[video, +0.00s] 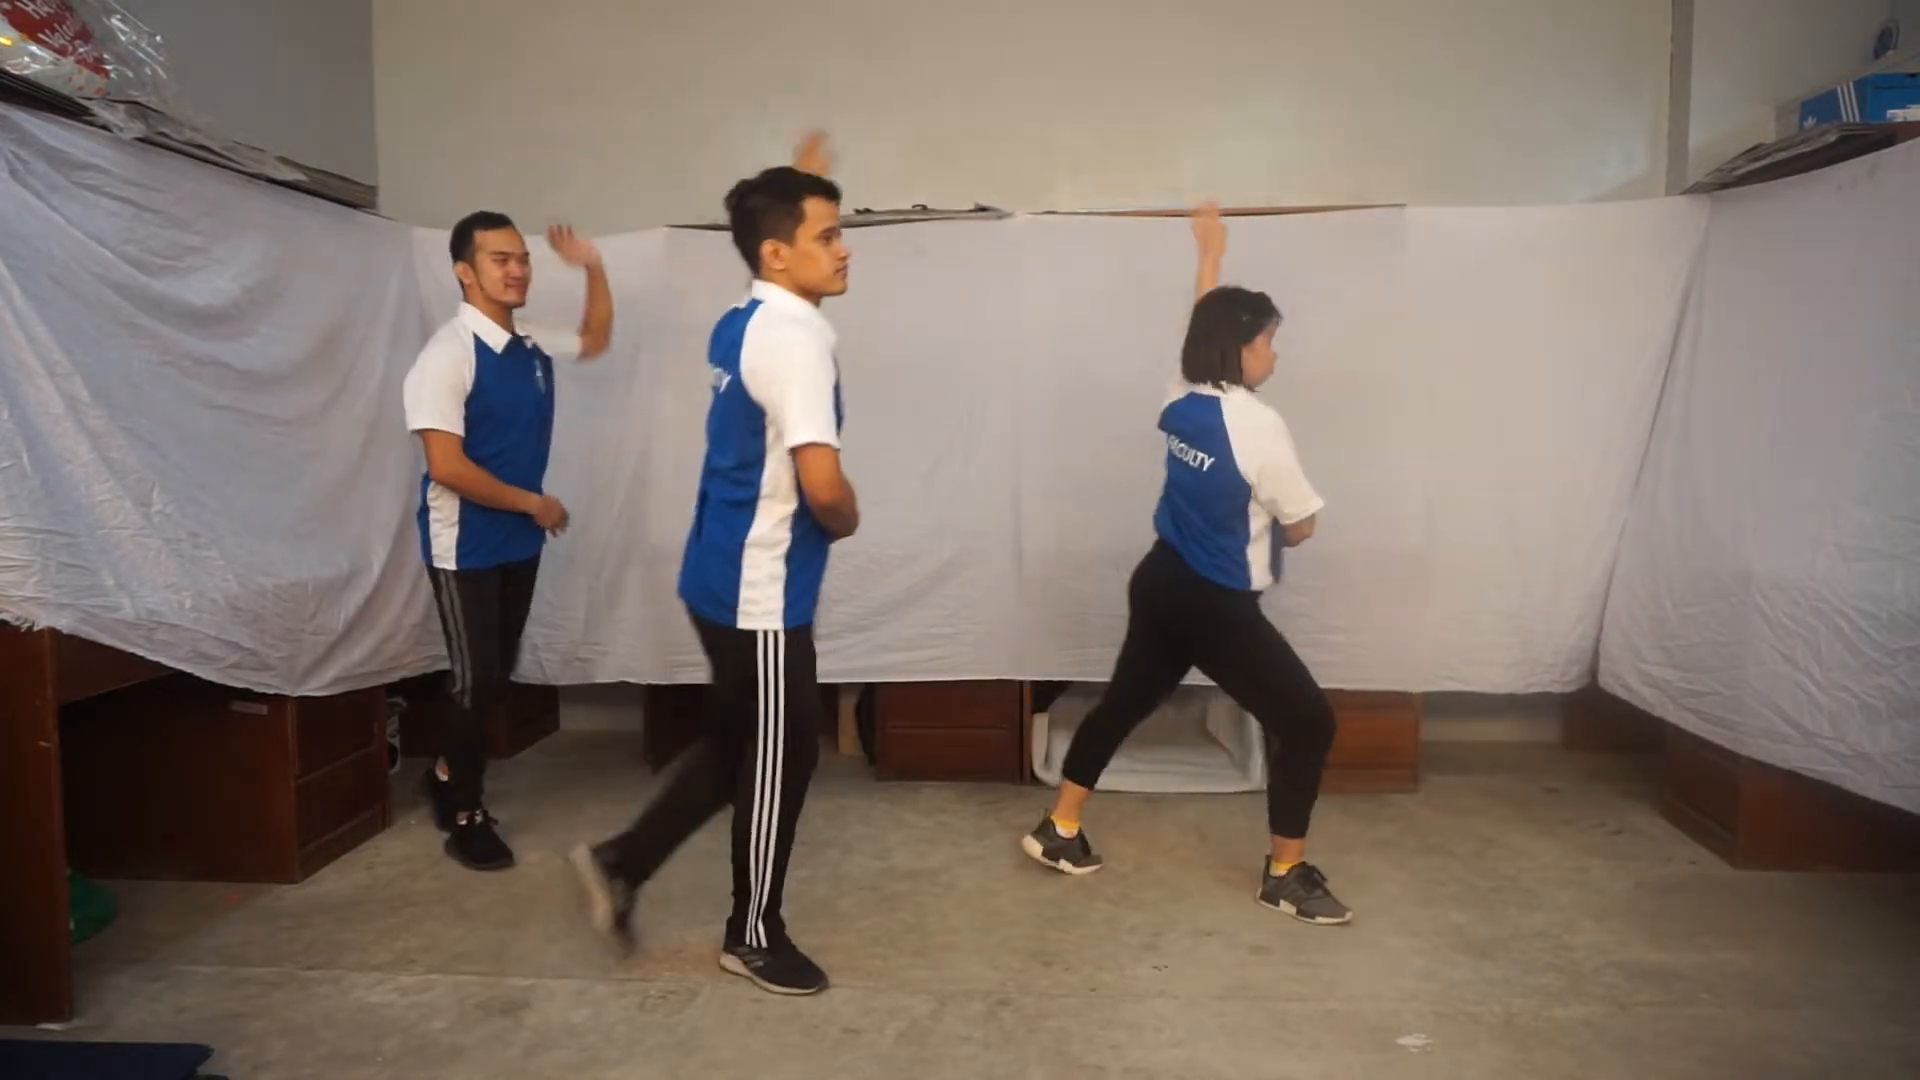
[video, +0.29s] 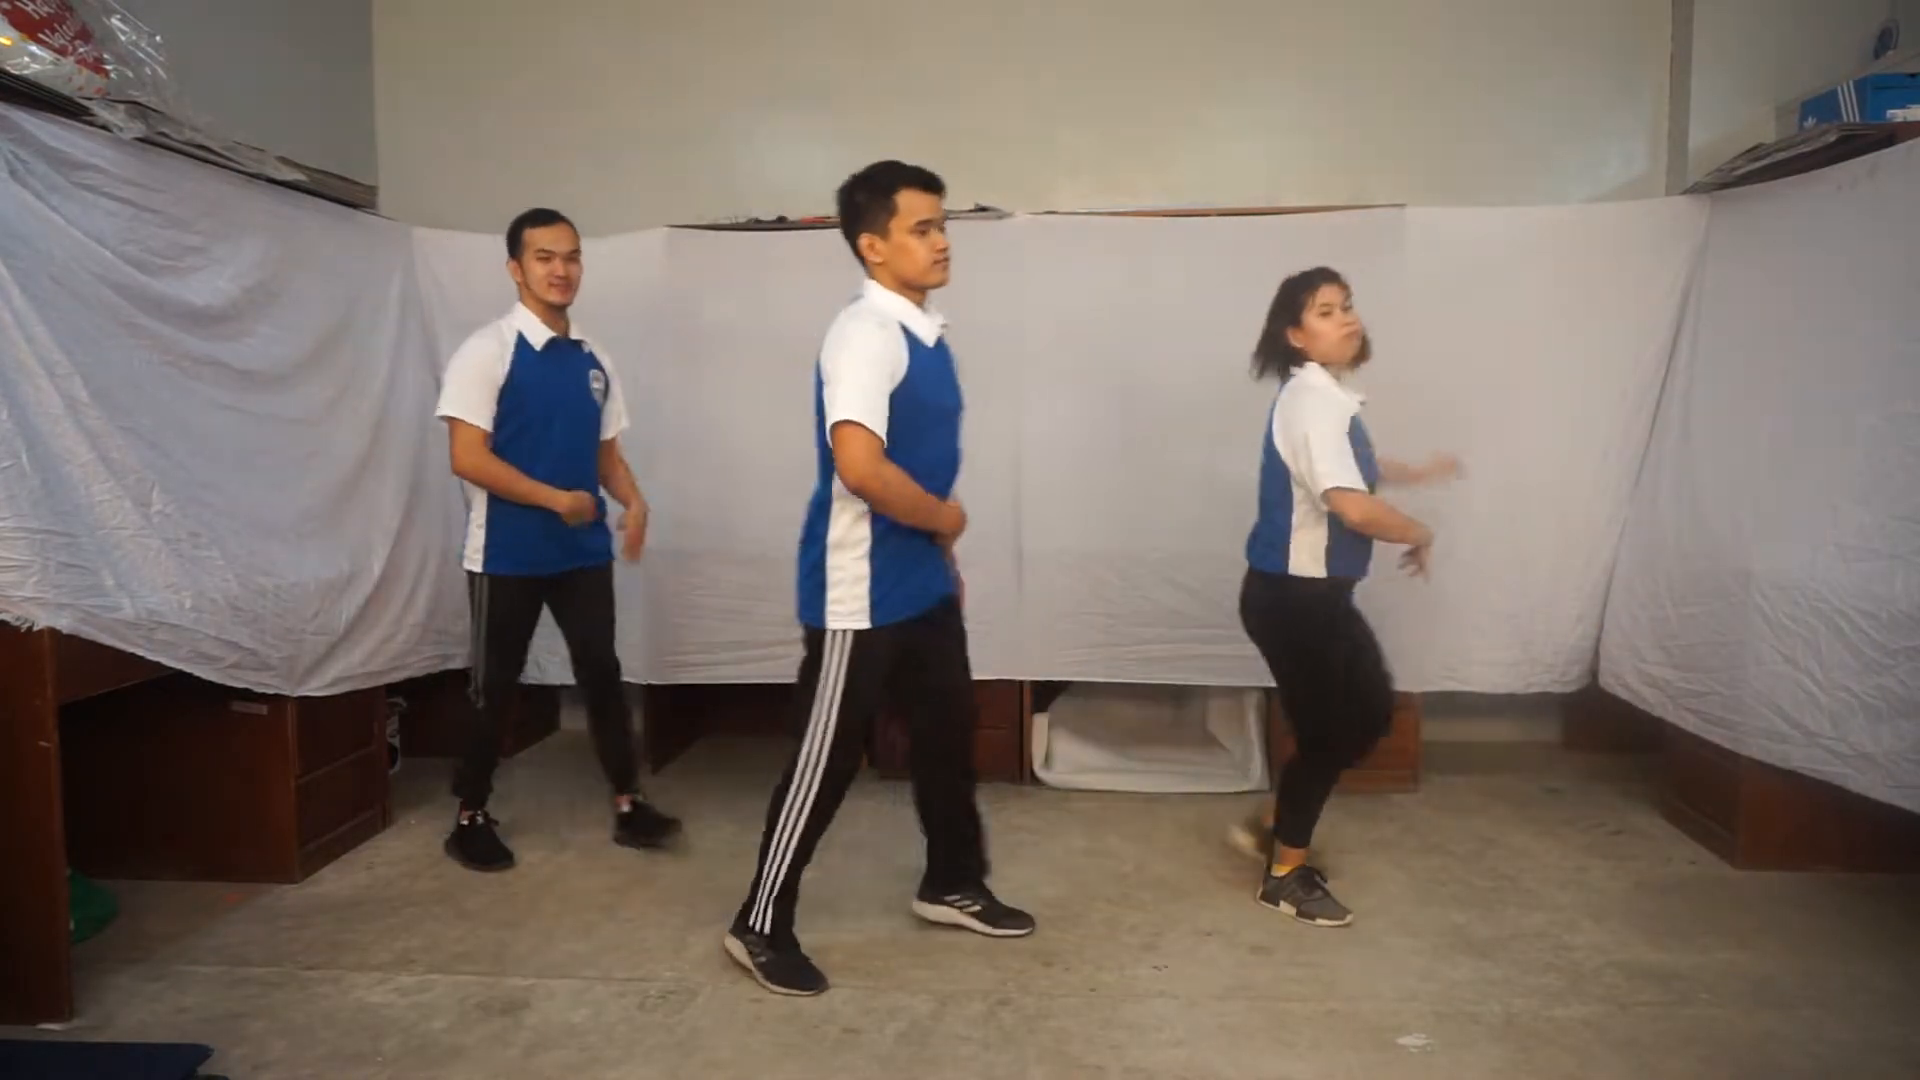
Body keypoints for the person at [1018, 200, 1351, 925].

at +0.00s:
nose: (1275, 353)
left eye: (1273, 341)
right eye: (1269, 341)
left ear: (1213, 345)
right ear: (1237, 346)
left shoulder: (1185, 398)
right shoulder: (1257, 423)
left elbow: (1202, 328)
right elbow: (1300, 524)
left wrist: (1209, 252)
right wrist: (1275, 531)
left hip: (1159, 582)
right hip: (1215, 604)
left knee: (1122, 704)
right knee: (1308, 723)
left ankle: (1060, 827)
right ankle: (1286, 870)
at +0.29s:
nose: (1350, 319)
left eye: (1349, 307)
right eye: (1330, 312)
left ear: (1351, 322)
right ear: (1296, 334)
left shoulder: (1329, 394)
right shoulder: (1311, 400)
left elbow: (1352, 465)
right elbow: (1350, 507)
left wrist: (1414, 473)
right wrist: (1417, 534)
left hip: (1317, 591)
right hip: (1291, 596)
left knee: (1370, 716)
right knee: (1329, 731)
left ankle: (1272, 820)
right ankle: (1286, 869)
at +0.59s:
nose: (1407, 319)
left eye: (1417, 307)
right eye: (1390, 309)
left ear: (1432, 321)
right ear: (1362, 326)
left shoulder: (1454, 402)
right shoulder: (1341, 405)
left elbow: (1524, 469)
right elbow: (1321, 507)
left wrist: (1605, 517)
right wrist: (1412, 521)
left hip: (1451, 590)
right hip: (1373, 597)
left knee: (1488, 724)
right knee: (1396, 734)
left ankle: (1426, 842)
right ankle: (1378, 872)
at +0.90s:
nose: (1461, 343)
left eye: (1474, 328)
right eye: (1451, 333)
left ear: (1511, 329)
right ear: (1443, 342)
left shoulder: (1559, 401)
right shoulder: (1435, 420)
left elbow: (1627, 471)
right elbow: (1405, 509)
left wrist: (1640, 517)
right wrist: (1336, 494)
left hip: (1557, 596)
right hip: (1467, 600)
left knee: (1566, 735)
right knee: (1434, 735)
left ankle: (1600, 872)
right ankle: (1383, 871)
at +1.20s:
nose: (1501, 362)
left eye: (1505, 349)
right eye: (1499, 349)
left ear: (1531, 349)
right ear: (1563, 334)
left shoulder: (1575, 418)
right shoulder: (1593, 381)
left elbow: (1544, 531)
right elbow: (1553, 343)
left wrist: (1492, 554)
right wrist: (1555, 293)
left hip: (1626, 591)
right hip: (1614, 584)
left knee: (1609, 726)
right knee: (1585, 717)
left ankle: (1605, 875)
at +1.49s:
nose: (1534, 360)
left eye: (1534, 347)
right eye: (1531, 346)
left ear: (1555, 346)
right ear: (1602, 326)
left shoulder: (1570, 423)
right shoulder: (1664, 364)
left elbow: (1550, 522)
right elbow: (1682, 275)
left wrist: (1610, 528)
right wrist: (1704, 195)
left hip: (1656, 594)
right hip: (1722, 573)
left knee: (1595, 715)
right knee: (1755, 716)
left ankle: (1601, 874)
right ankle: (1792, 860)